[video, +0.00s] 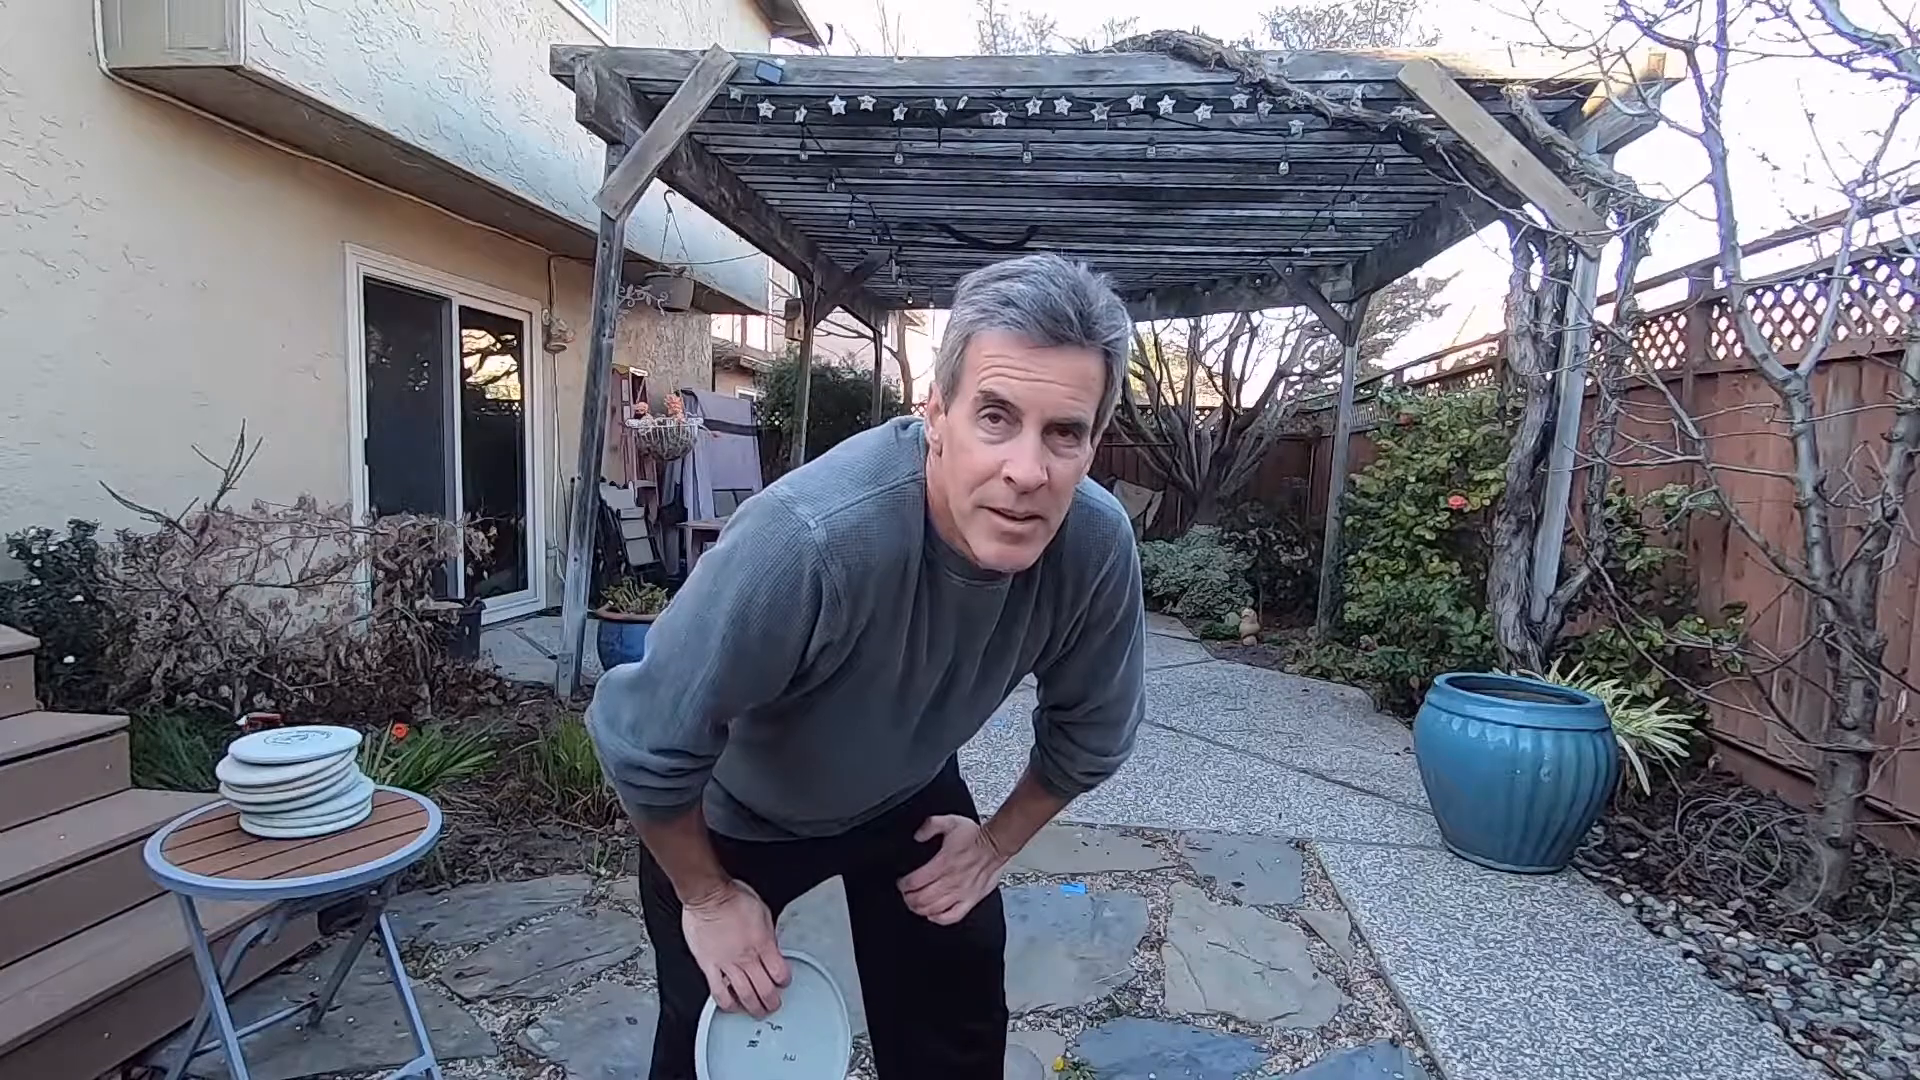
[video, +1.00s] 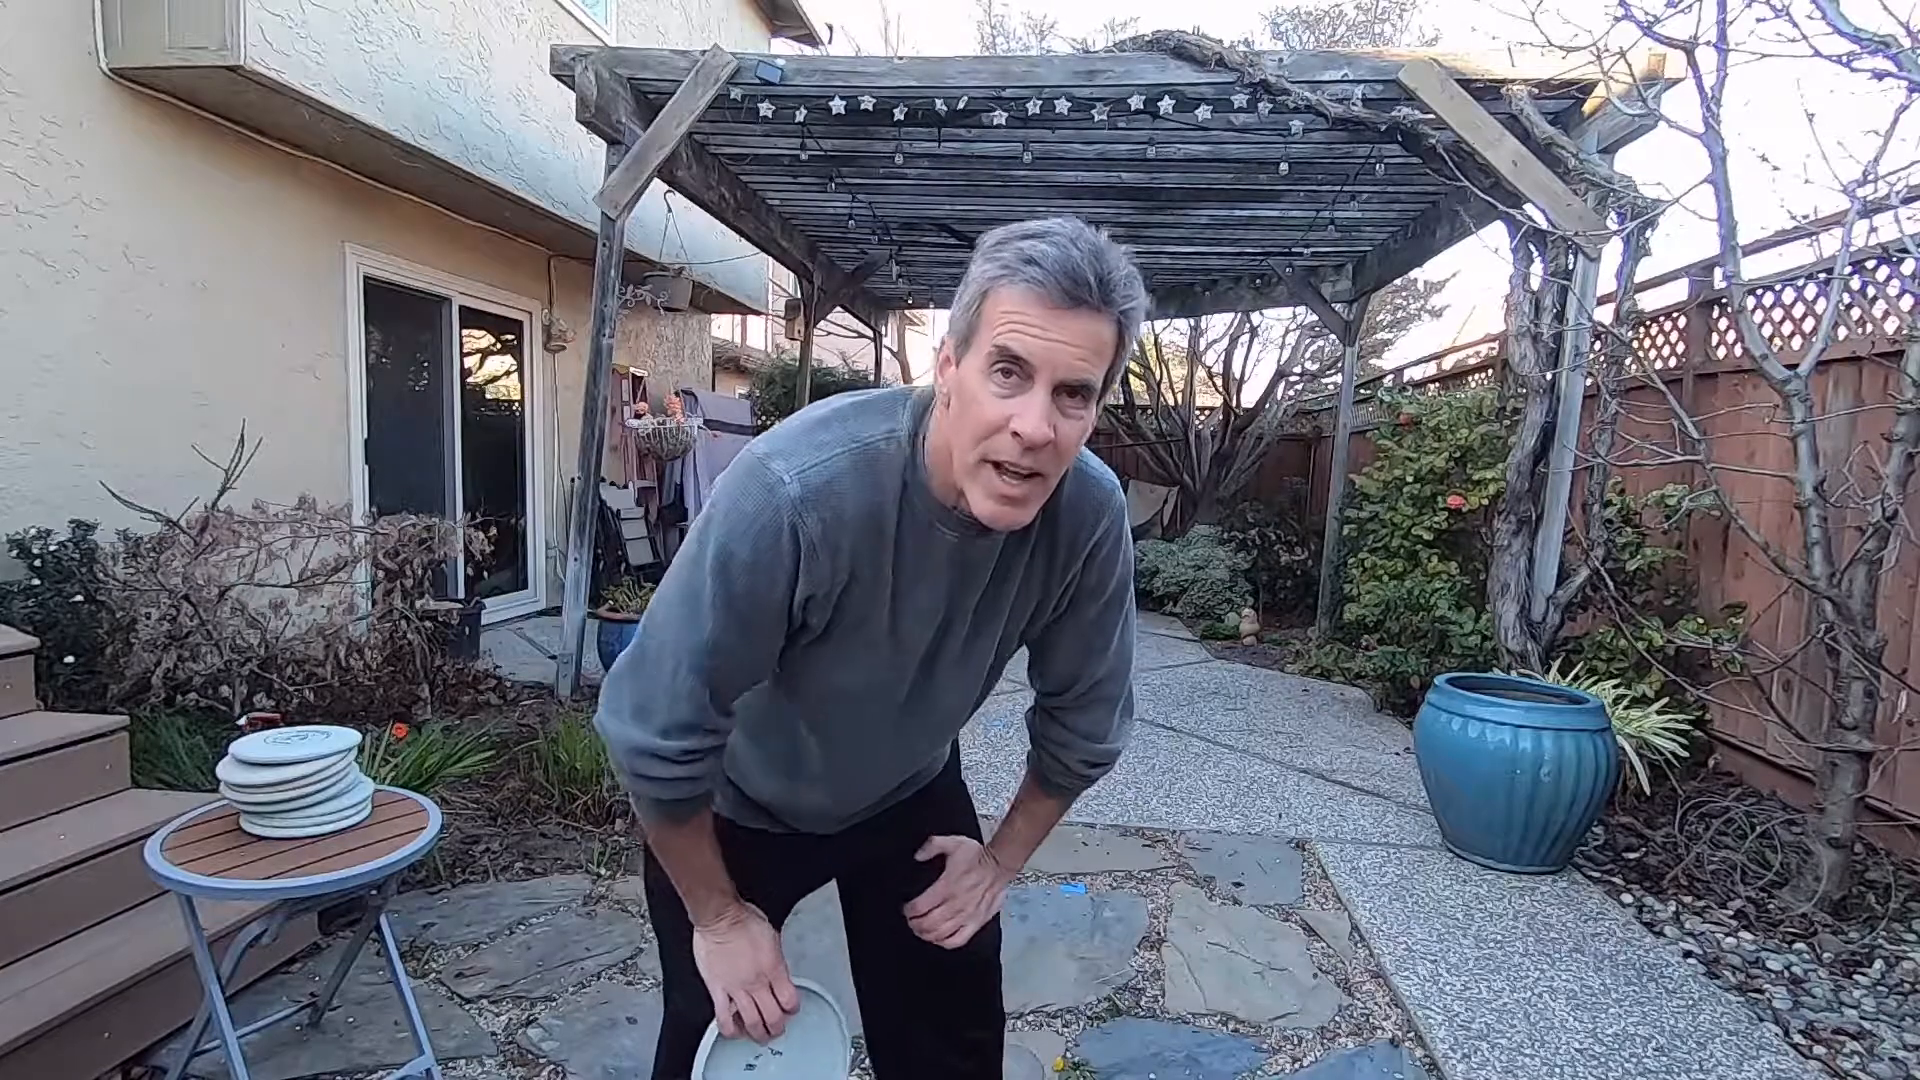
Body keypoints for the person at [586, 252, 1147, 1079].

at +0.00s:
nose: (1028, 472)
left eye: (1065, 433)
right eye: (998, 418)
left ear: (1094, 441)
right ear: (935, 412)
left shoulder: (1095, 545)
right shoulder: (805, 541)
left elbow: (1093, 726)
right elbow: (644, 736)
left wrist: (998, 840)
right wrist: (705, 896)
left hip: (909, 782)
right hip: (741, 797)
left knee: (956, 1034)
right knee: (707, 1037)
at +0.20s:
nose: (1025, 467)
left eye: (1062, 431)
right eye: (997, 413)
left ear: (1092, 442)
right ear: (935, 408)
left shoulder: (1094, 545)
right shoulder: (803, 538)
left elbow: (1091, 727)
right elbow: (643, 734)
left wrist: (996, 843)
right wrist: (703, 895)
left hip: (907, 782)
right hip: (738, 796)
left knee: (956, 1031)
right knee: (707, 1036)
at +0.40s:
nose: (1024, 470)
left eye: (1062, 434)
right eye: (996, 417)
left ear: (1092, 444)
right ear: (934, 410)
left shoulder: (1092, 548)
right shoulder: (801, 539)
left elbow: (1091, 726)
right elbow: (639, 733)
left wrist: (994, 842)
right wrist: (700, 895)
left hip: (906, 782)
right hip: (736, 796)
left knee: (953, 1036)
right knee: (703, 1039)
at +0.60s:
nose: (1023, 472)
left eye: (1061, 435)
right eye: (995, 418)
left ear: (1090, 444)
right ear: (933, 411)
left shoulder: (1091, 547)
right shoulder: (799, 539)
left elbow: (1090, 724)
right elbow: (638, 734)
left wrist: (993, 842)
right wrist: (700, 895)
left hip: (906, 785)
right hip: (736, 799)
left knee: (953, 1038)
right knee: (704, 1039)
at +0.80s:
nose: (1025, 468)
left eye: (1064, 431)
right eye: (998, 414)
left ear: (1093, 438)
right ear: (935, 407)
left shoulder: (1089, 541)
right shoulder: (798, 529)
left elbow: (1089, 723)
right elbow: (639, 729)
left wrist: (993, 842)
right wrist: (700, 894)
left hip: (908, 785)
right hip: (738, 797)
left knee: (953, 1040)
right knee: (703, 1040)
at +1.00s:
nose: (1036, 429)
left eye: (1074, 394)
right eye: (1010, 375)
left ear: (1099, 406)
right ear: (945, 365)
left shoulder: (1086, 516)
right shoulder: (793, 489)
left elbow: (1085, 715)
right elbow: (654, 729)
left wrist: (1002, 857)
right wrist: (716, 914)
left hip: (908, 782)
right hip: (740, 792)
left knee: (953, 1042)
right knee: (711, 1044)